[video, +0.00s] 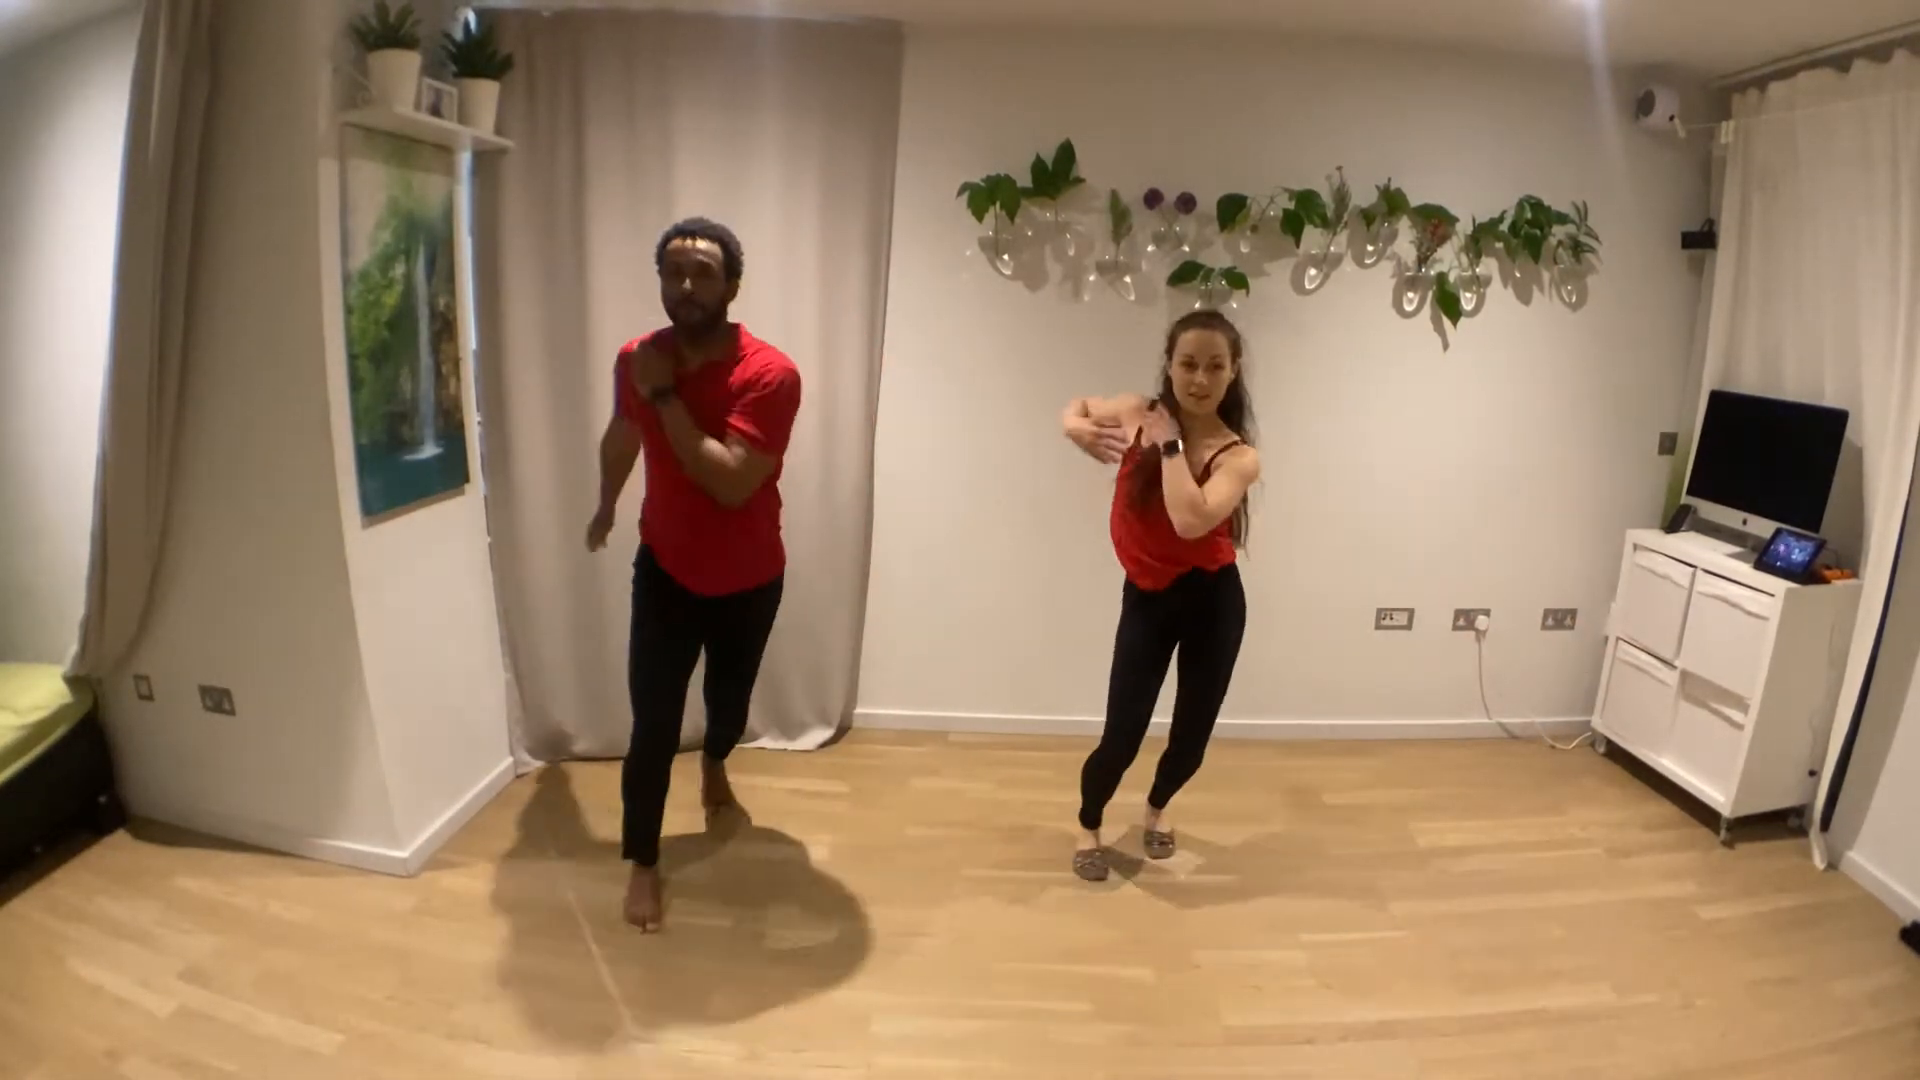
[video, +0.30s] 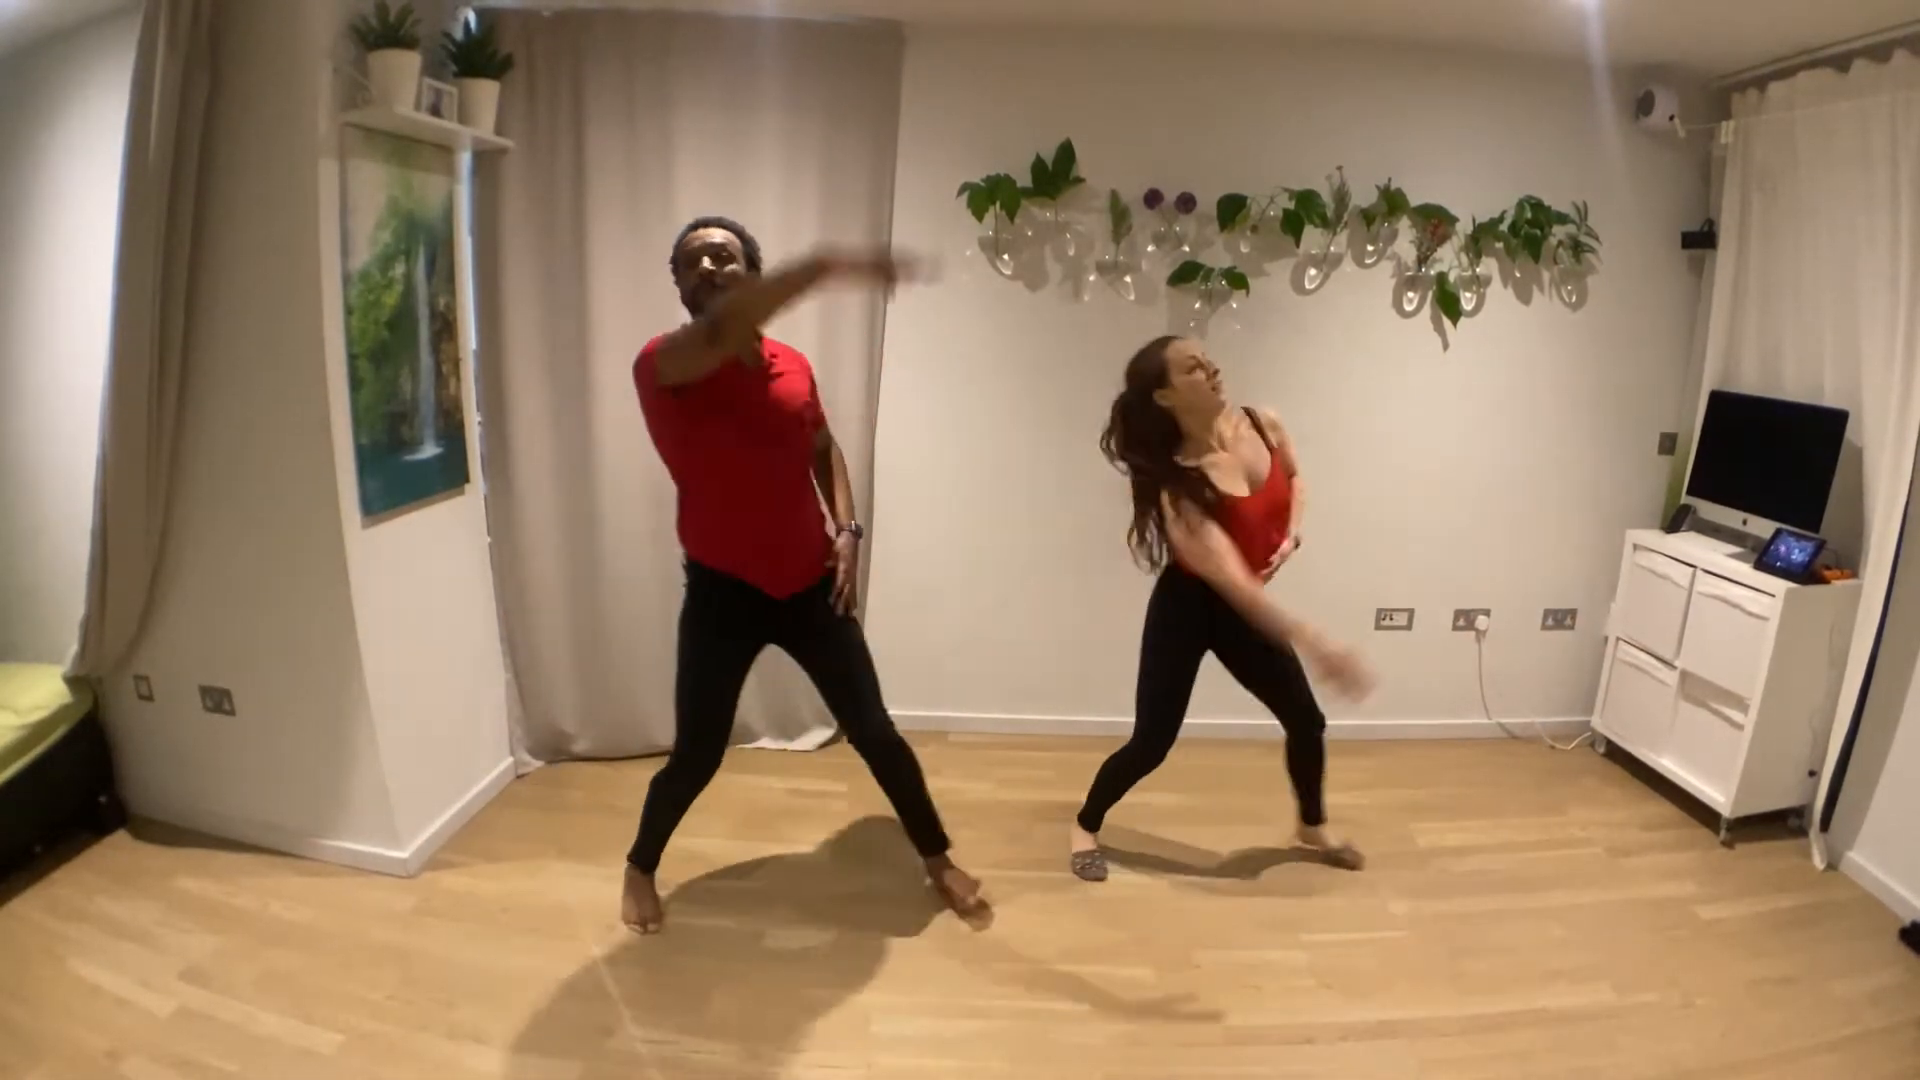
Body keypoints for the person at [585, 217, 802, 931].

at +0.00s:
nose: (686, 287)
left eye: (703, 274)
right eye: (674, 274)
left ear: (733, 286)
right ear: (660, 284)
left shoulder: (769, 374)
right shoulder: (640, 361)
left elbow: (734, 482)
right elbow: (622, 438)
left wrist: (665, 396)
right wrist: (607, 508)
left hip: (748, 577)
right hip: (668, 569)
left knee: (729, 701)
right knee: (656, 727)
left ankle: (714, 767)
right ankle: (642, 866)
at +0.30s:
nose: (709, 267)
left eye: (725, 257)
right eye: (694, 259)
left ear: (755, 278)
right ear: (674, 283)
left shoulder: (788, 363)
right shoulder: (658, 366)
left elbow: (824, 451)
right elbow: (722, 327)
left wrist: (845, 529)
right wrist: (818, 270)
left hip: (808, 582)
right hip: (722, 589)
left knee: (875, 733)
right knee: (696, 759)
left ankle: (941, 862)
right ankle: (642, 866)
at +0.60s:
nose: (839, 247)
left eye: (857, 237)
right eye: (824, 241)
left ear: (888, 264)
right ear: (811, 268)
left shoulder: (934, 353)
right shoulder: (799, 344)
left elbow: (967, 450)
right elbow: (771, 201)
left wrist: (993, 543)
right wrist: (782, 79)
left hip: (940, 586)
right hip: (853, 585)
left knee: (972, 746)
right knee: (782, 732)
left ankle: (962, 875)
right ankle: (678, 851)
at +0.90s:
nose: (955, 263)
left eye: (971, 248)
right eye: (941, 252)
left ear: (1003, 261)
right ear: (925, 268)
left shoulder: (1051, 358)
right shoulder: (905, 340)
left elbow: (1112, 462)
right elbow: (828, 242)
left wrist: (1110, 571)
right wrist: (780, 136)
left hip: (1033, 586)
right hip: (944, 584)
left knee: (1006, 753)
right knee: (949, 759)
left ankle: (965, 871)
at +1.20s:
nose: (1018, 282)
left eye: (1036, 266)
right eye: (1007, 267)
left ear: (1077, 271)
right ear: (995, 273)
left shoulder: (1130, 366)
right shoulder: (987, 355)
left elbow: (1216, 460)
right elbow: (878, 331)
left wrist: (1189, 573)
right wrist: (784, 295)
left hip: (1115, 587)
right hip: (1040, 586)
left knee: (1049, 746)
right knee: (1099, 712)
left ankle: (1070, 872)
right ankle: (1146, 799)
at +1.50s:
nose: (1025, 270)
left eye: (1044, 256)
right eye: (1024, 256)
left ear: (1099, 264)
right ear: (1030, 263)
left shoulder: (1161, 370)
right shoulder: (1036, 367)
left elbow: (1204, 516)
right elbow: (979, 475)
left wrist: (1156, 637)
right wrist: (917, 571)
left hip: (1133, 596)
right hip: (1059, 587)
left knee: (1100, 753)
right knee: (1030, 740)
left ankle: (1152, 881)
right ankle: (1119, 814)